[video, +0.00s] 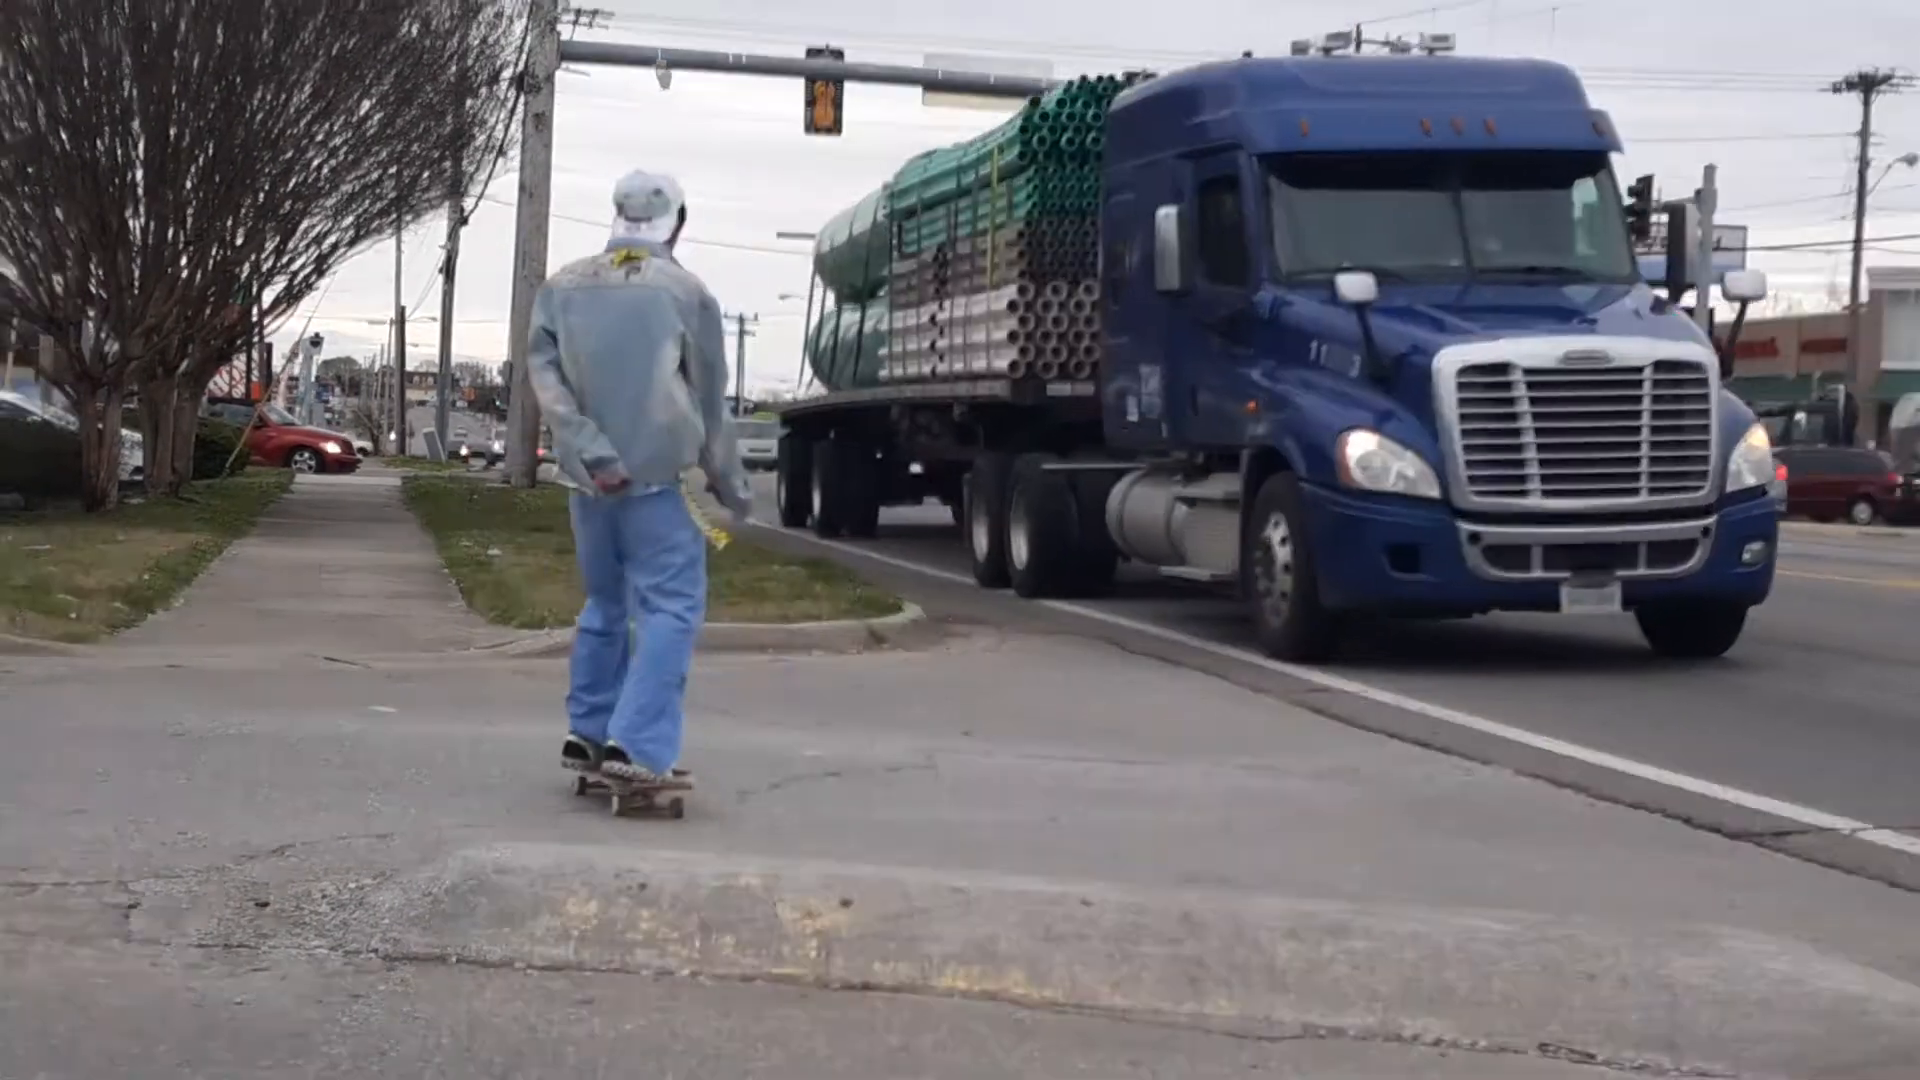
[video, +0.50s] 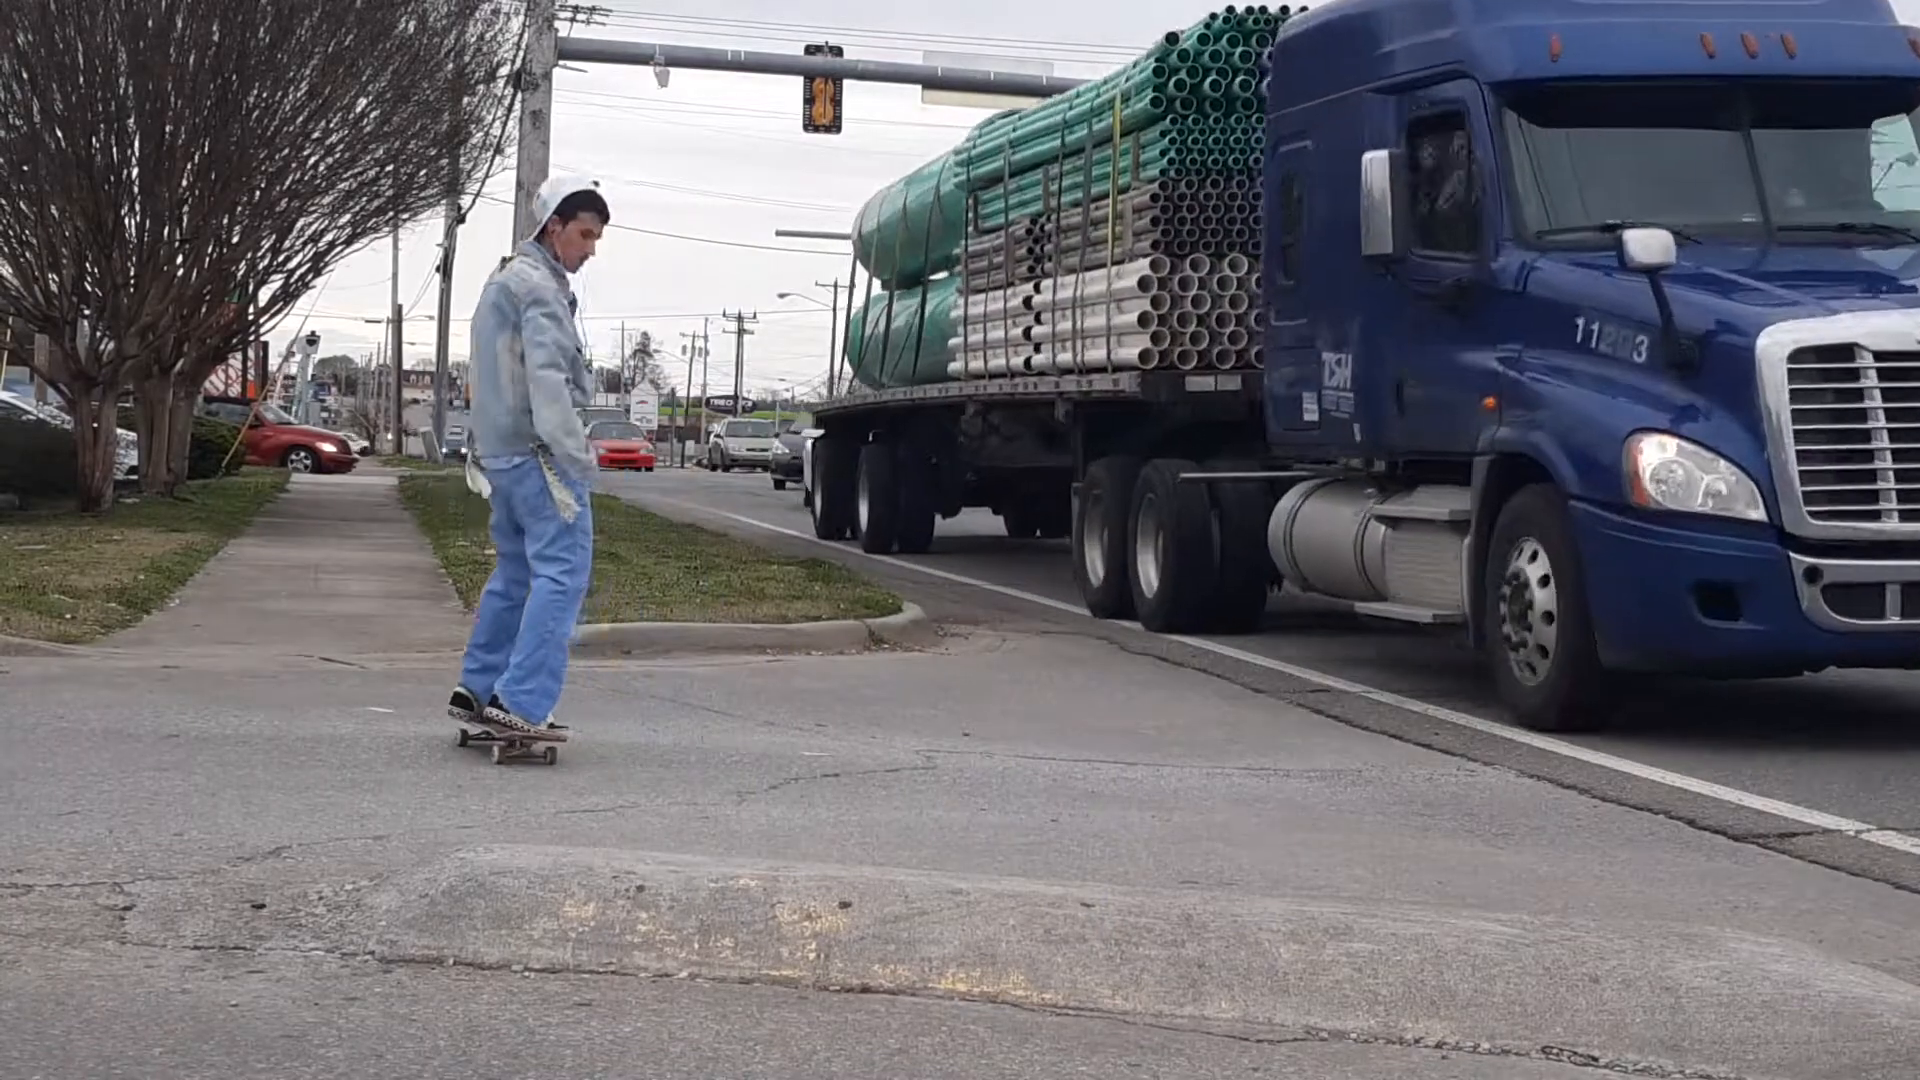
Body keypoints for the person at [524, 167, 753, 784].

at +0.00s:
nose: (673, 232)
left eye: (665, 221)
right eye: (675, 223)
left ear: (616, 218)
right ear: (673, 225)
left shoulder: (561, 285)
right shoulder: (686, 292)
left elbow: (545, 379)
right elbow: (711, 401)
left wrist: (591, 451)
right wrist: (729, 485)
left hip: (587, 479)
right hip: (655, 478)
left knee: (603, 603)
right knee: (671, 607)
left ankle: (588, 732)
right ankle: (636, 750)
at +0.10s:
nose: (662, 243)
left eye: (663, 232)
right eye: (663, 232)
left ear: (602, 219)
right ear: (650, 225)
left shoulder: (539, 283)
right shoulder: (652, 285)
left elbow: (509, 381)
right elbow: (707, 390)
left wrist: (519, 462)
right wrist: (766, 456)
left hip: (558, 467)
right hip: (620, 469)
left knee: (580, 591)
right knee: (652, 592)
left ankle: (565, 724)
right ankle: (621, 743)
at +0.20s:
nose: (651, 248)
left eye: (654, 235)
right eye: (649, 234)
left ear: (594, 224)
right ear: (625, 225)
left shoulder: (526, 283)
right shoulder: (626, 285)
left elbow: (489, 389)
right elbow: (693, 374)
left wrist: (468, 471)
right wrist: (765, 421)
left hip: (543, 466)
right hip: (607, 465)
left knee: (562, 587)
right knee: (628, 590)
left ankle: (541, 714)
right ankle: (594, 732)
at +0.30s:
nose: (633, 252)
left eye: (637, 240)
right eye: (630, 237)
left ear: (588, 228)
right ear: (599, 225)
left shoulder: (513, 286)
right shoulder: (594, 286)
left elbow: (475, 384)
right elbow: (655, 365)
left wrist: (449, 460)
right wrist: (736, 407)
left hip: (526, 465)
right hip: (581, 462)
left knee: (545, 581)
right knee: (605, 584)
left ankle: (518, 704)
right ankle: (568, 724)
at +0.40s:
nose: (612, 252)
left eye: (616, 241)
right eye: (610, 238)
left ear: (578, 228)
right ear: (578, 225)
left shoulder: (509, 280)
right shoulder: (564, 285)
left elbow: (475, 374)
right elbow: (604, 378)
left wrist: (468, 444)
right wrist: (672, 417)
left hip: (510, 457)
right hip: (556, 455)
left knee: (531, 573)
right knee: (585, 576)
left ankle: (497, 694)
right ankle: (544, 714)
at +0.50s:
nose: (592, 250)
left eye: (596, 238)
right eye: (587, 235)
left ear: (552, 230)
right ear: (554, 226)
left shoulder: (505, 281)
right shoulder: (542, 288)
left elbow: (487, 378)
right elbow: (548, 389)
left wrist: (485, 450)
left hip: (498, 454)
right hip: (531, 455)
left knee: (516, 567)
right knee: (563, 571)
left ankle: (479, 686)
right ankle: (522, 703)